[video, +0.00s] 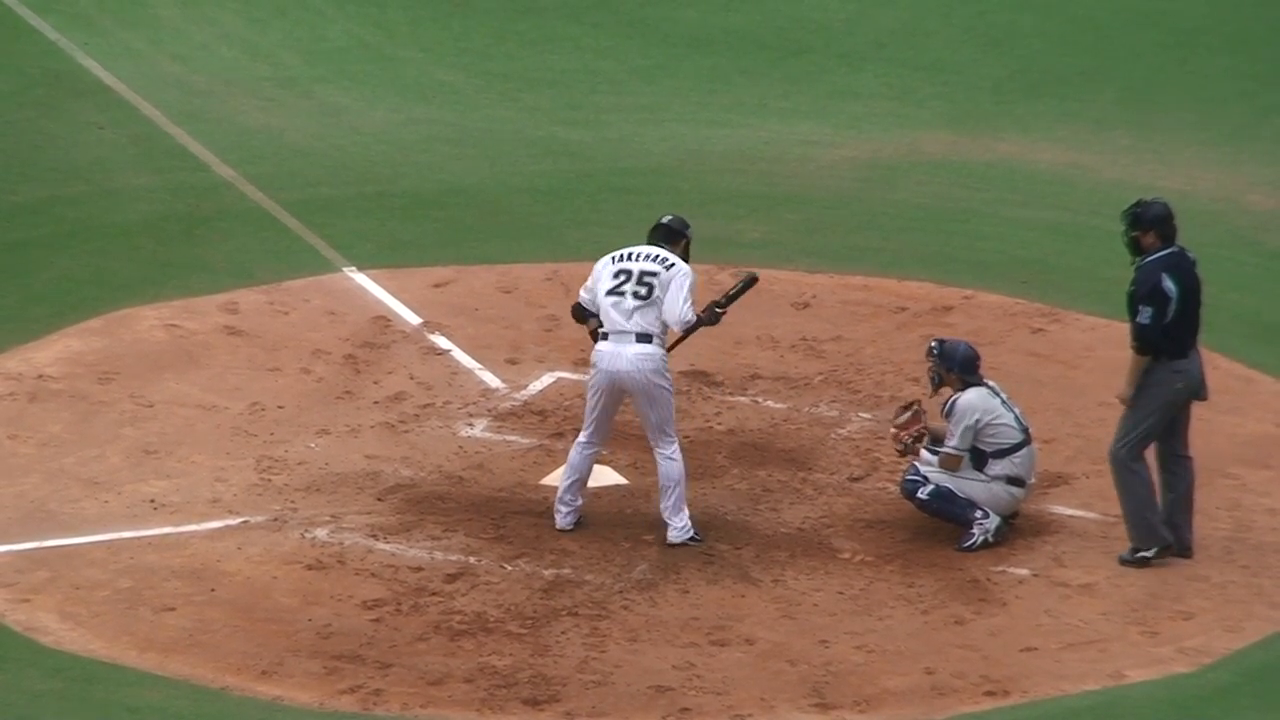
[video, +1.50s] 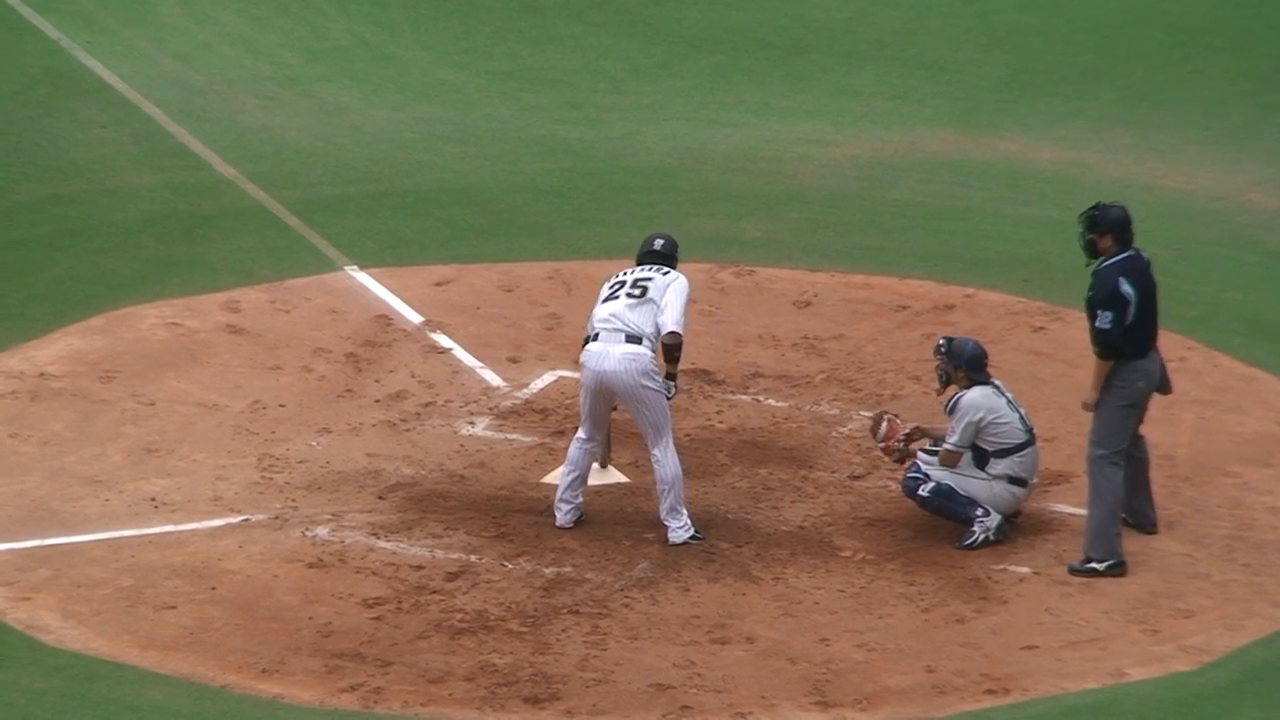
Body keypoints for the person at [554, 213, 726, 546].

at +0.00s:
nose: (685, 250)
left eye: (685, 245)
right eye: (685, 245)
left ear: (652, 237)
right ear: (678, 243)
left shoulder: (610, 259)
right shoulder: (678, 268)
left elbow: (581, 310)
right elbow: (679, 320)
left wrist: (598, 328)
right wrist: (705, 318)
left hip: (605, 353)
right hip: (646, 356)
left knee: (589, 437)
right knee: (665, 444)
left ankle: (564, 514)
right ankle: (678, 527)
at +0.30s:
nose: (696, 258)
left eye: (697, 252)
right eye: (696, 252)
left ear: (660, 243)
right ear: (687, 250)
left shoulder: (615, 258)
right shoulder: (682, 272)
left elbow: (577, 298)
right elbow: (674, 328)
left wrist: (597, 331)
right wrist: (701, 333)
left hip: (603, 351)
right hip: (644, 356)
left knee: (586, 439)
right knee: (665, 446)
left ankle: (563, 513)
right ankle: (680, 528)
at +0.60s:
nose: (708, 255)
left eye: (708, 249)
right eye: (708, 249)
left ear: (673, 239)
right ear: (701, 248)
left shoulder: (633, 255)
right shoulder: (696, 274)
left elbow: (592, 295)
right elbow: (692, 333)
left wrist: (611, 336)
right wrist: (718, 355)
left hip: (611, 351)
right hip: (652, 357)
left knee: (594, 433)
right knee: (670, 446)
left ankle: (566, 507)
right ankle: (680, 528)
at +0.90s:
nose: (695, 258)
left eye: (696, 253)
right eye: (696, 253)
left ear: (662, 244)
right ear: (691, 252)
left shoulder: (624, 262)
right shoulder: (687, 276)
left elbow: (585, 311)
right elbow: (680, 338)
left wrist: (607, 334)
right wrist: (687, 373)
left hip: (601, 351)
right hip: (641, 357)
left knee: (588, 435)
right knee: (666, 447)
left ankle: (564, 511)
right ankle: (677, 527)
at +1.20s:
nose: (683, 261)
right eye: (683, 256)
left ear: (647, 250)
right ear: (679, 256)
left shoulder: (616, 270)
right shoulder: (679, 277)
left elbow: (588, 330)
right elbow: (672, 335)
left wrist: (605, 377)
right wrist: (672, 374)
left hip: (595, 353)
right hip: (636, 357)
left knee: (585, 436)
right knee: (661, 446)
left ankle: (564, 512)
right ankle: (677, 527)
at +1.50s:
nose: (672, 266)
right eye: (673, 262)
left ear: (639, 257)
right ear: (672, 261)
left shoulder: (616, 277)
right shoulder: (673, 278)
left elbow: (592, 332)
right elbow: (671, 335)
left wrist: (598, 382)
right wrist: (671, 376)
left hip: (594, 354)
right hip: (636, 357)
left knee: (587, 434)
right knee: (661, 445)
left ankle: (565, 511)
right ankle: (678, 526)